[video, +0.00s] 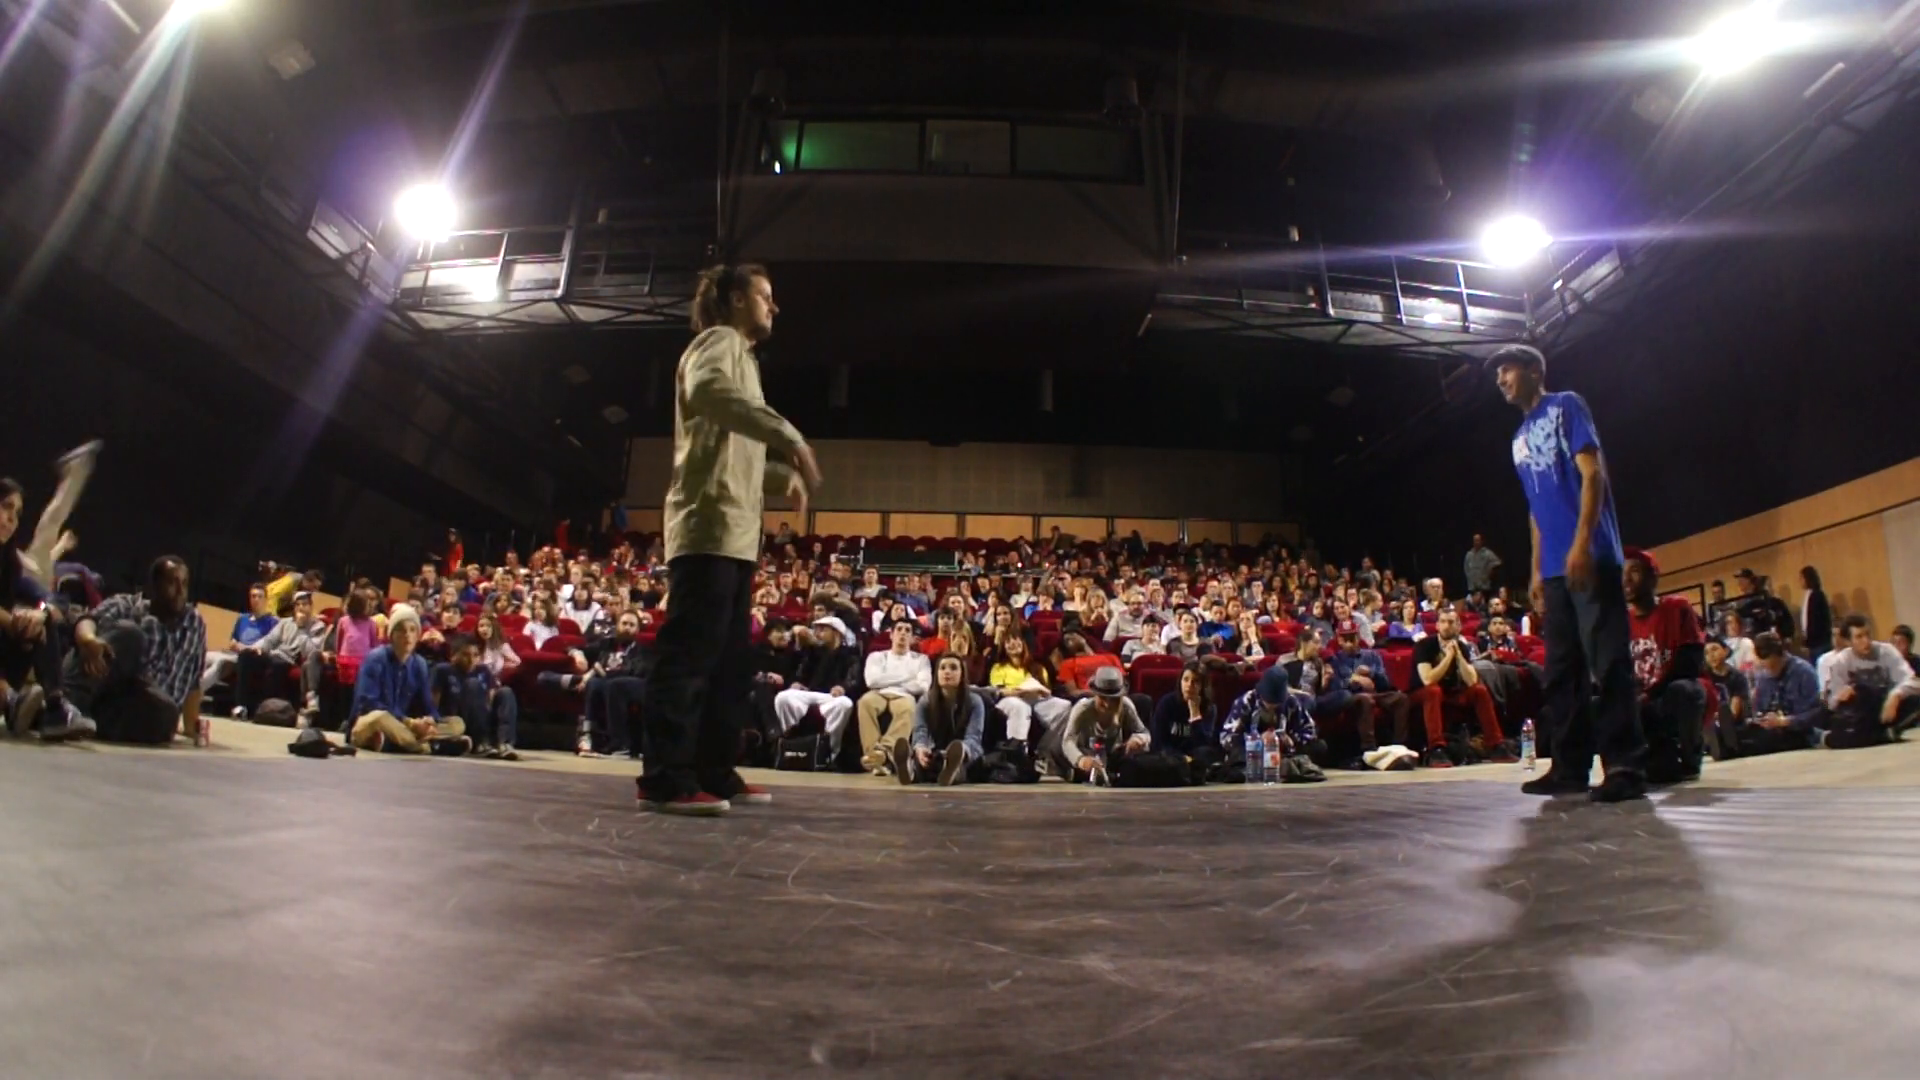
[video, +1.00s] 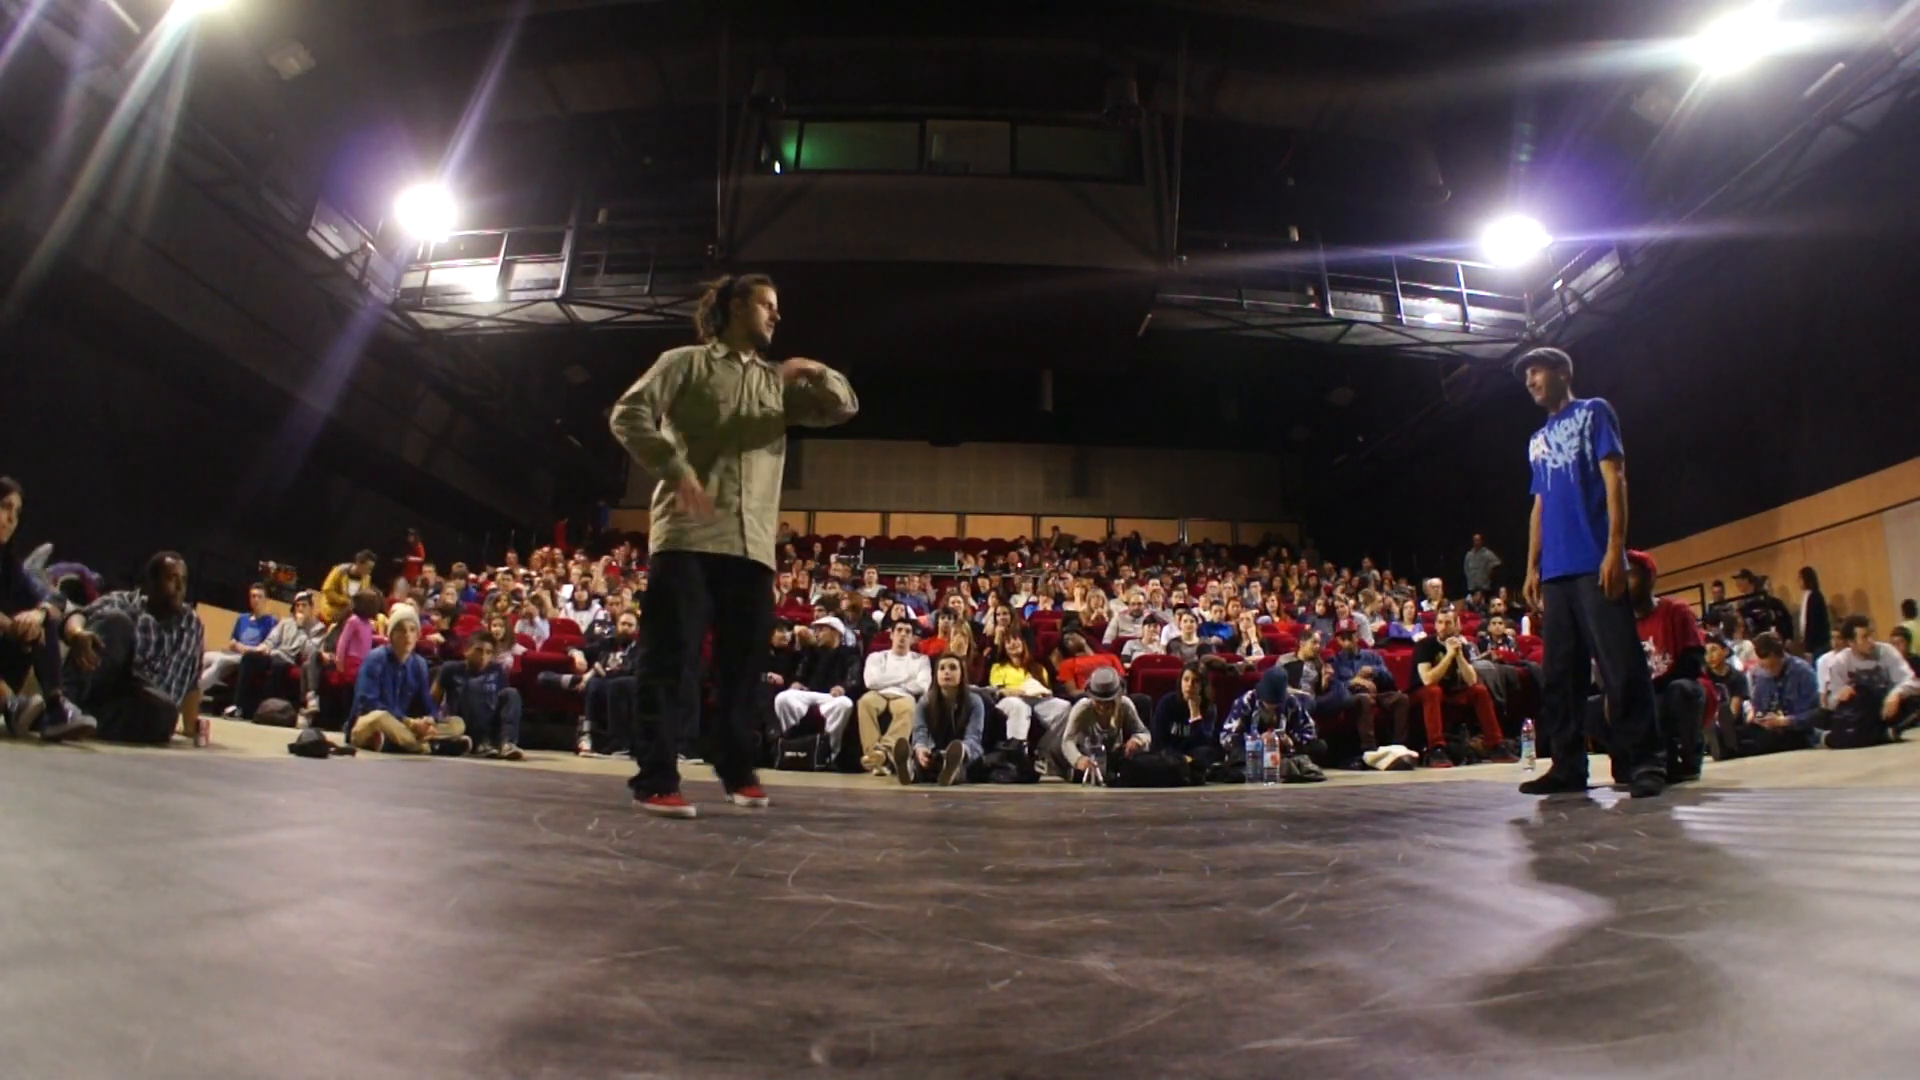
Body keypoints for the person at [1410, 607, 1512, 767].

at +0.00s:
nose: (1447, 626)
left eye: (1452, 622)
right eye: (1443, 622)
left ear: (1458, 626)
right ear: (1437, 625)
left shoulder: (1462, 646)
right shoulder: (1424, 646)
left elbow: (1471, 681)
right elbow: (1427, 678)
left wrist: (1458, 655)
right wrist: (1449, 656)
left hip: (1454, 692)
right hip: (1427, 693)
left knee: (1480, 691)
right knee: (1433, 691)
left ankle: (1497, 745)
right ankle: (1436, 748)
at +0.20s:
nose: (1444, 625)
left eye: (1449, 621)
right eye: (1441, 621)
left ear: (1456, 625)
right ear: (1436, 624)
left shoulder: (1462, 647)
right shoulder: (1424, 646)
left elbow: (1472, 681)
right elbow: (1427, 678)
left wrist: (1458, 654)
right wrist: (1450, 656)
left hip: (1453, 692)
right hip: (1426, 693)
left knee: (1480, 691)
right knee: (1433, 691)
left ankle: (1496, 745)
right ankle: (1437, 748)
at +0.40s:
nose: (1443, 625)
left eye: (1448, 621)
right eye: (1440, 620)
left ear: (1456, 625)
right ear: (1435, 623)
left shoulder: (1461, 646)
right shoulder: (1424, 646)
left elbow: (1472, 681)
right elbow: (1427, 678)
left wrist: (1460, 655)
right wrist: (1451, 655)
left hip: (1453, 692)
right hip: (1426, 693)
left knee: (1480, 691)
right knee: (1433, 691)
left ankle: (1496, 745)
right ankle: (1437, 748)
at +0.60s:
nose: (1442, 626)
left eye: (1447, 622)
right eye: (1439, 621)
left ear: (1456, 625)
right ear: (1435, 624)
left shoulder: (1462, 646)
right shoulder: (1424, 646)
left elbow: (1471, 681)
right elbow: (1427, 678)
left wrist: (1459, 655)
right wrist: (1450, 655)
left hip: (1453, 692)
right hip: (1426, 693)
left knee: (1480, 691)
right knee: (1433, 691)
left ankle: (1496, 745)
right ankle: (1436, 748)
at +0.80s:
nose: (1444, 627)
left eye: (1448, 623)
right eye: (1440, 623)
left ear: (1457, 626)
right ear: (1435, 625)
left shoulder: (1462, 646)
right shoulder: (1424, 646)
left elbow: (1471, 680)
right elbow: (1427, 679)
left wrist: (1458, 654)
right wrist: (1450, 654)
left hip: (1454, 691)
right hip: (1428, 692)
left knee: (1480, 691)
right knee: (1434, 691)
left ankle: (1496, 745)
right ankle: (1436, 748)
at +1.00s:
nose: (1443, 627)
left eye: (1448, 623)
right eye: (1440, 623)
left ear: (1456, 626)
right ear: (1435, 625)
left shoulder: (1462, 646)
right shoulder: (1425, 646)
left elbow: (1471, 680)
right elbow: (1427, 679)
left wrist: (1459, 654)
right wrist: (1450, 655)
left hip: (1455, 691)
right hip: (1431, 691)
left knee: (1480, 691)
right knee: (1434, 691)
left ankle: (1496, 745)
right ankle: (1436, 748)